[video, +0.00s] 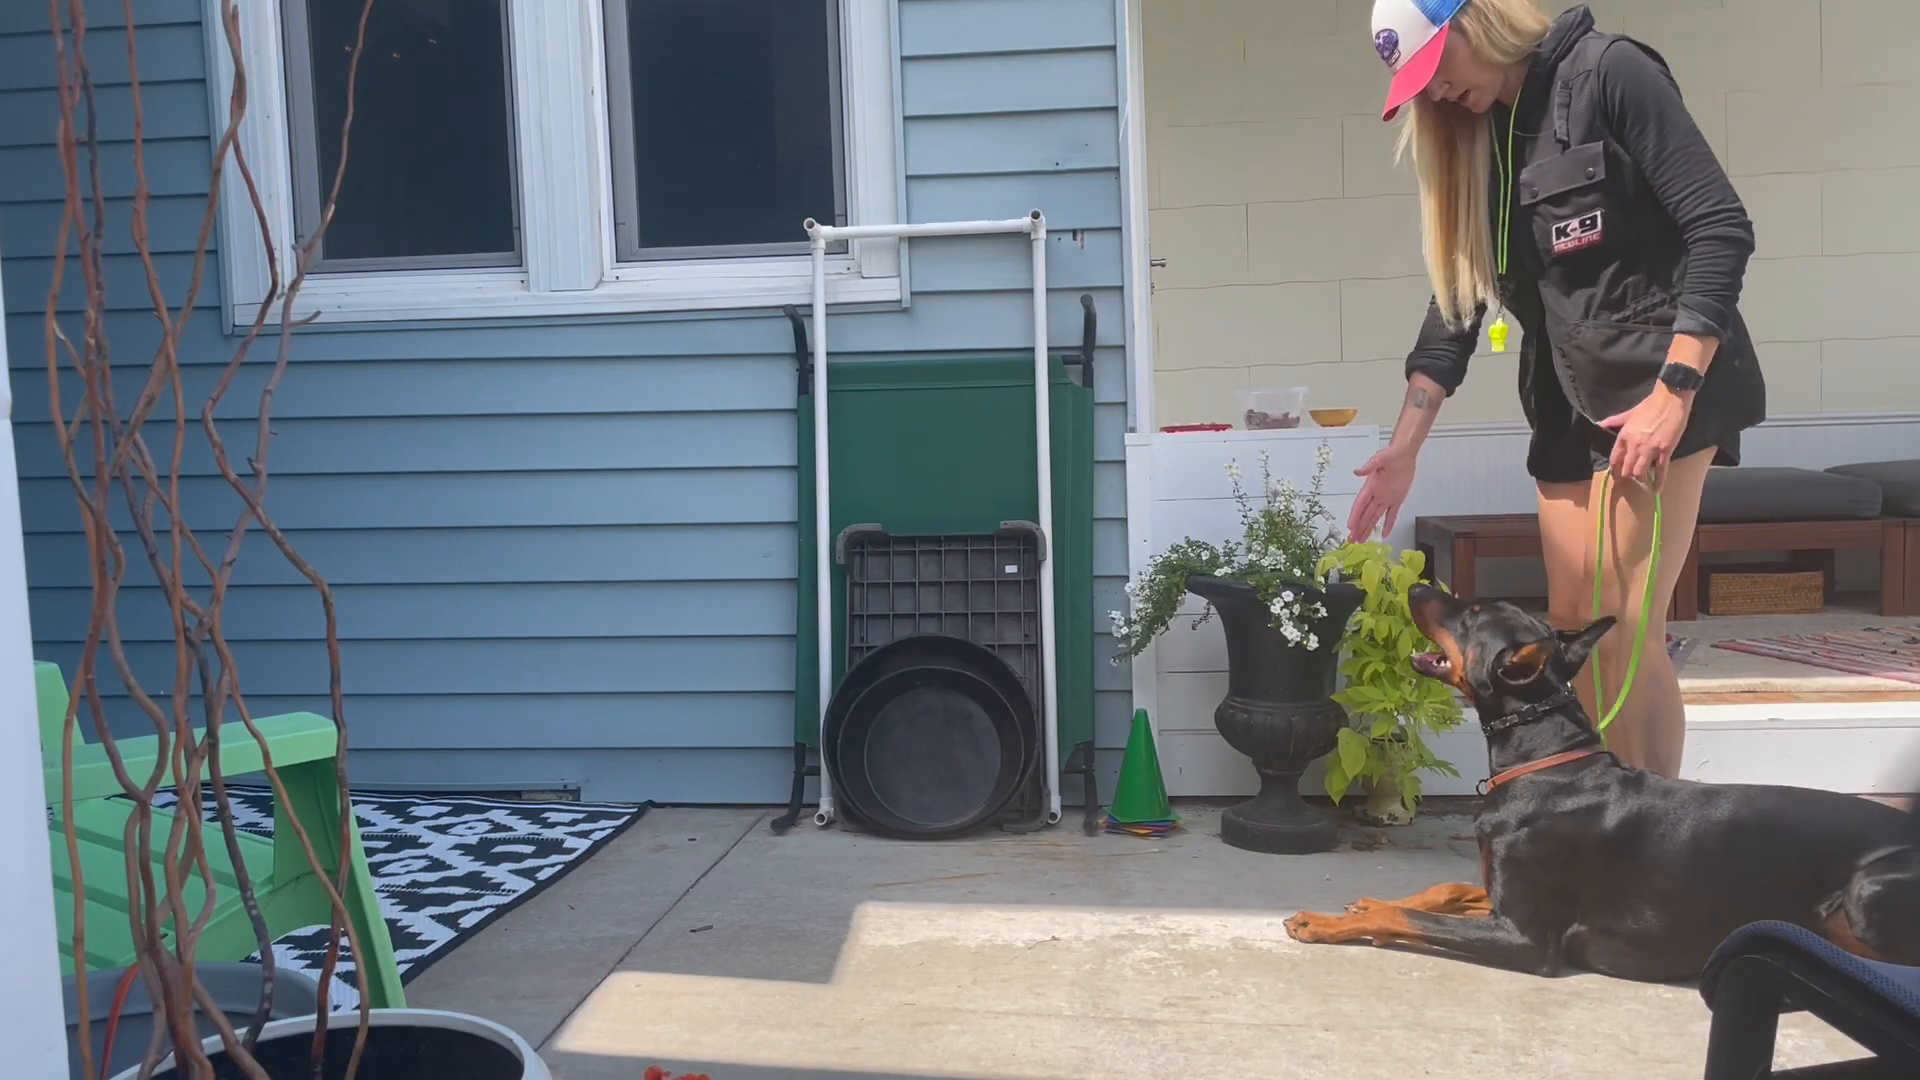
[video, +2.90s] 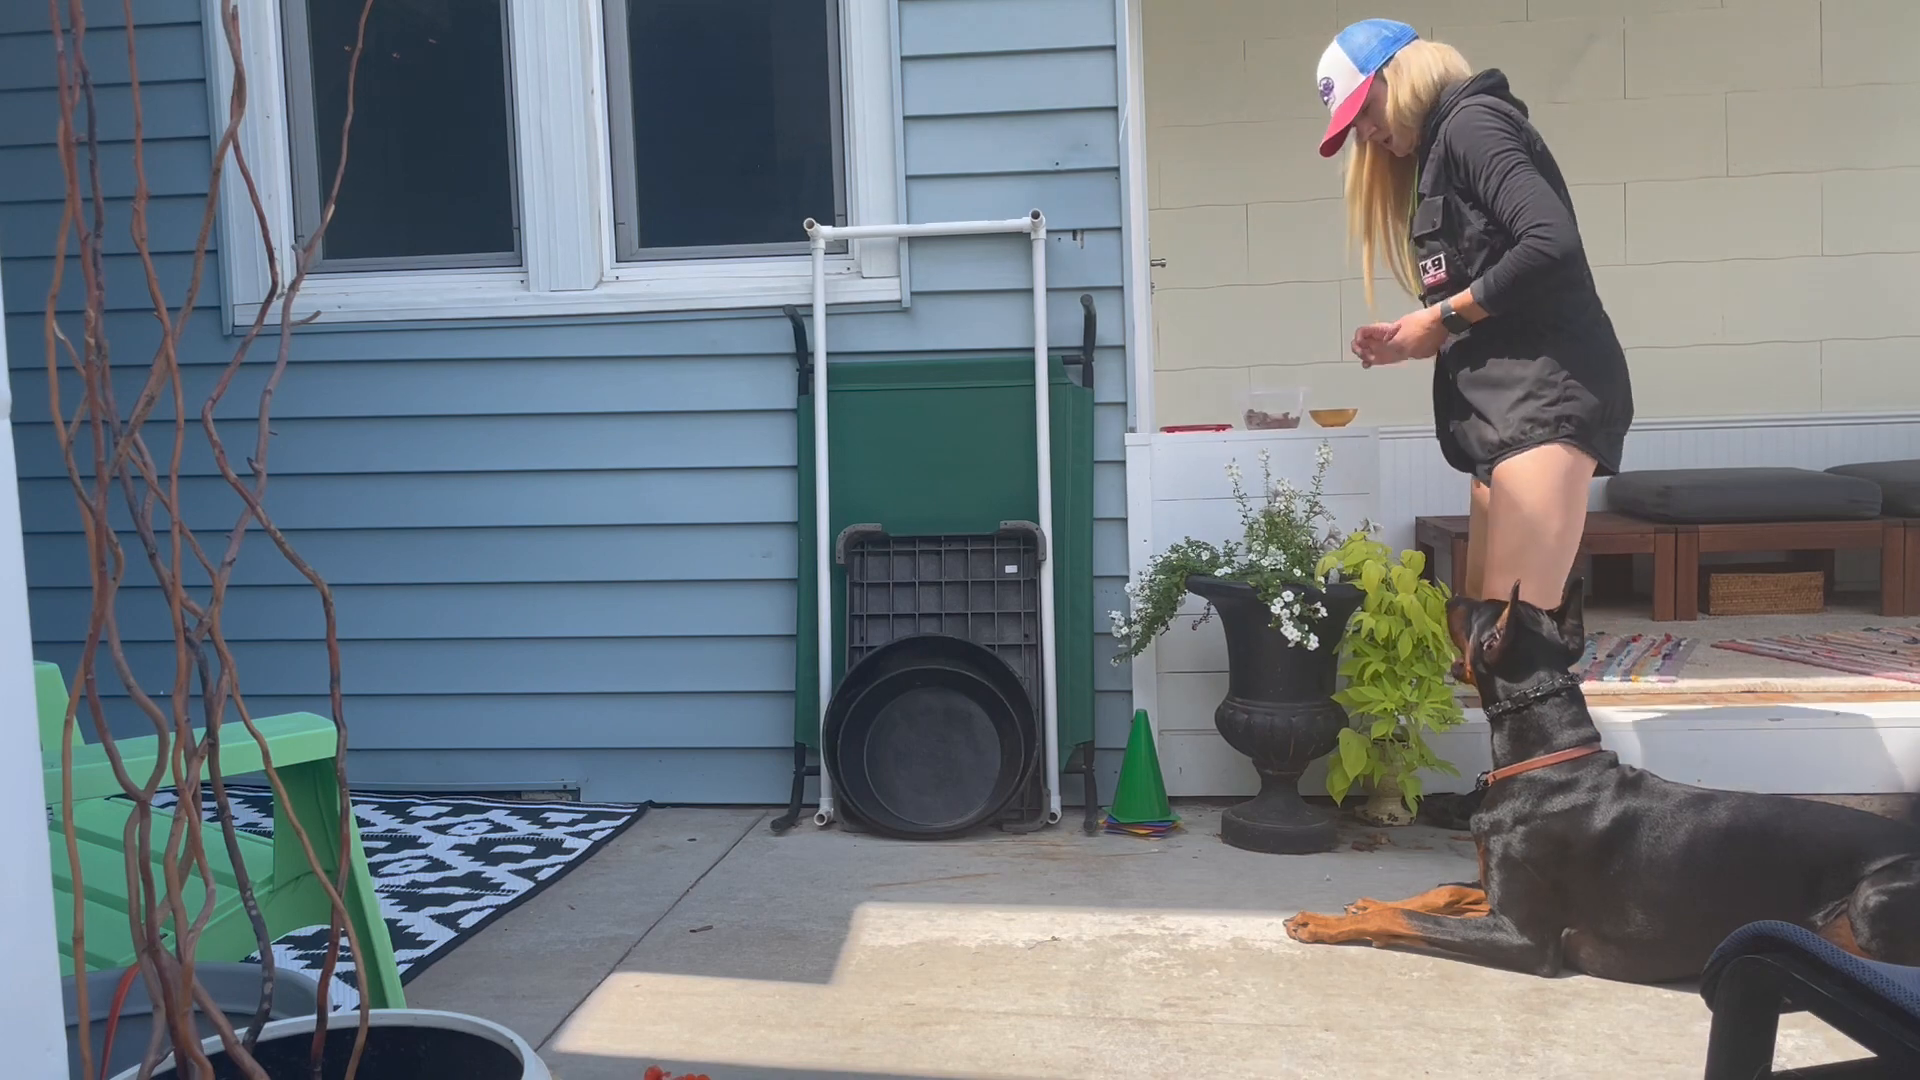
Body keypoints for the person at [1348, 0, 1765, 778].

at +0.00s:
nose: (1438, 92)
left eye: (1437, 68)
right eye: (1424, 83)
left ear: (1480, 19)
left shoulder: (1611, 72)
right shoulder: (1490, 127)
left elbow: (1720, 226)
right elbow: (1459, 291)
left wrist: (1675, 389)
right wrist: (1404, 446)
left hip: (1663, 383)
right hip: (1566, 399)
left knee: (1628, 629)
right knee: (1574, 626)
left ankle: (1655, 840)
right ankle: (1600, 839)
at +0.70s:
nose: (1418, 79)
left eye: (1416, 58)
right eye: (1410, 63)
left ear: (1448, 35)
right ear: (1472, 32)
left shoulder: (1543, 87)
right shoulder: (1496, 102)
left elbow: (1627, 255)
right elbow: (1532, 269)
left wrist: (1567, 413)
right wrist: (1505, 389)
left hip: (1609, 394)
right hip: (1558, 390)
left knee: (1579, 641)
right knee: (1532, 634)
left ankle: (1636, 838)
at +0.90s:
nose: (1405, 82)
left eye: (1405, 62)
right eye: (1398, 65)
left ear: (1435, 46)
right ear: (1463, 36)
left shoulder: (1509, 95)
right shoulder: (1487, 104)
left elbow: (1534, 271)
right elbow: (1507, 270)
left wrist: (1434, 382)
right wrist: (1483, 391)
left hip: (1571, 398)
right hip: (1537, 398)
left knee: (1549, 639)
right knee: (1503, 606)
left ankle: (1622, 831)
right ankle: (1536, 794)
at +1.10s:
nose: (1380, 119)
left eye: (1377, 99)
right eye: (1372, 102)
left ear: (1401, 78)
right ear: (1443, 65)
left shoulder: (1455, 131)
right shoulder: (1491, 127)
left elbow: (1405, 293)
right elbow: (1506, 271)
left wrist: (1319, 345)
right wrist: (1437, 339)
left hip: (1543, 382)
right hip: (1518, 385)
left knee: (1545, 638)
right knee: (1483, 626)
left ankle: (1621, 816)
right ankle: (1537, 813)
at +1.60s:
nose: (1310, 193)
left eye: (1306, 173)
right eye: (1302, 181)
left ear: (1328, 149)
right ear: (1368, 139)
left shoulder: (1371, 186)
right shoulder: (1425, 185)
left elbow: (1301, 310)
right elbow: (1385, 348)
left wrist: (1233, 387)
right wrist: (1294, 376)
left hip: (1532, 362)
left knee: (1562, 584)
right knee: (1486, 582)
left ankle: (1608, 784)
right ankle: (1533, 773)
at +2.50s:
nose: (1332, 177)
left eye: (1327, 156)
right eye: (1322, 166)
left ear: (1351, 125)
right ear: (1376, 120)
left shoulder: (1409, 161)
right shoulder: (1423, 167)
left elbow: (1423, 303)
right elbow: (1430, 326)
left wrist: (1341, 340)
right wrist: (1342, 338)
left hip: (1535, 361)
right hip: (1496, 387)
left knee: (1558, 592)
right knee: (1480, 598)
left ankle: (1621, 797)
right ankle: (1535, 787)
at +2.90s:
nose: (1366, 134)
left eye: (1365, 114)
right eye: (1357, 125)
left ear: (1396, 80)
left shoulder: (1471, 123)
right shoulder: (1443, 146)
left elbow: (1550, 239)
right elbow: (1479, 283)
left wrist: (1444, 321)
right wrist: (1410, 335)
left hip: (1545, 398)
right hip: (1502, 405)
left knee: (1522, 643)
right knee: (1491, 637)